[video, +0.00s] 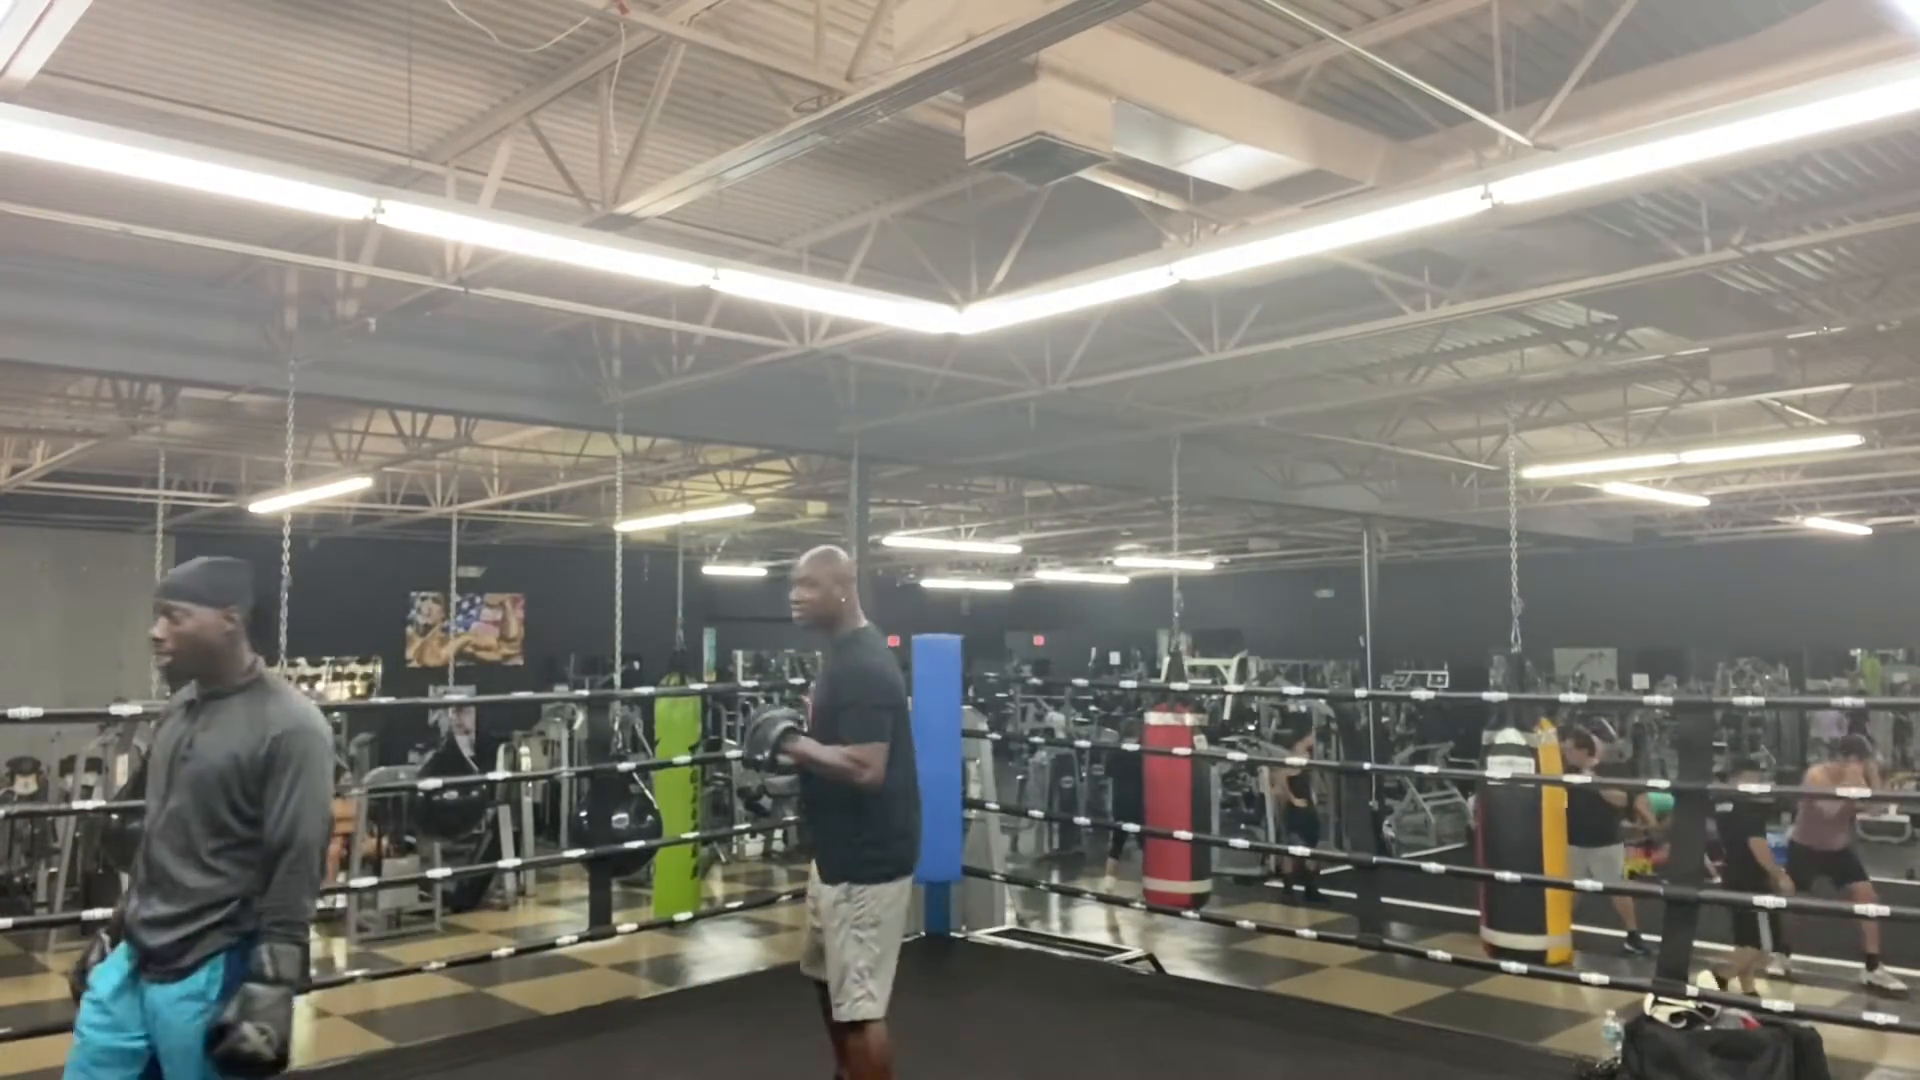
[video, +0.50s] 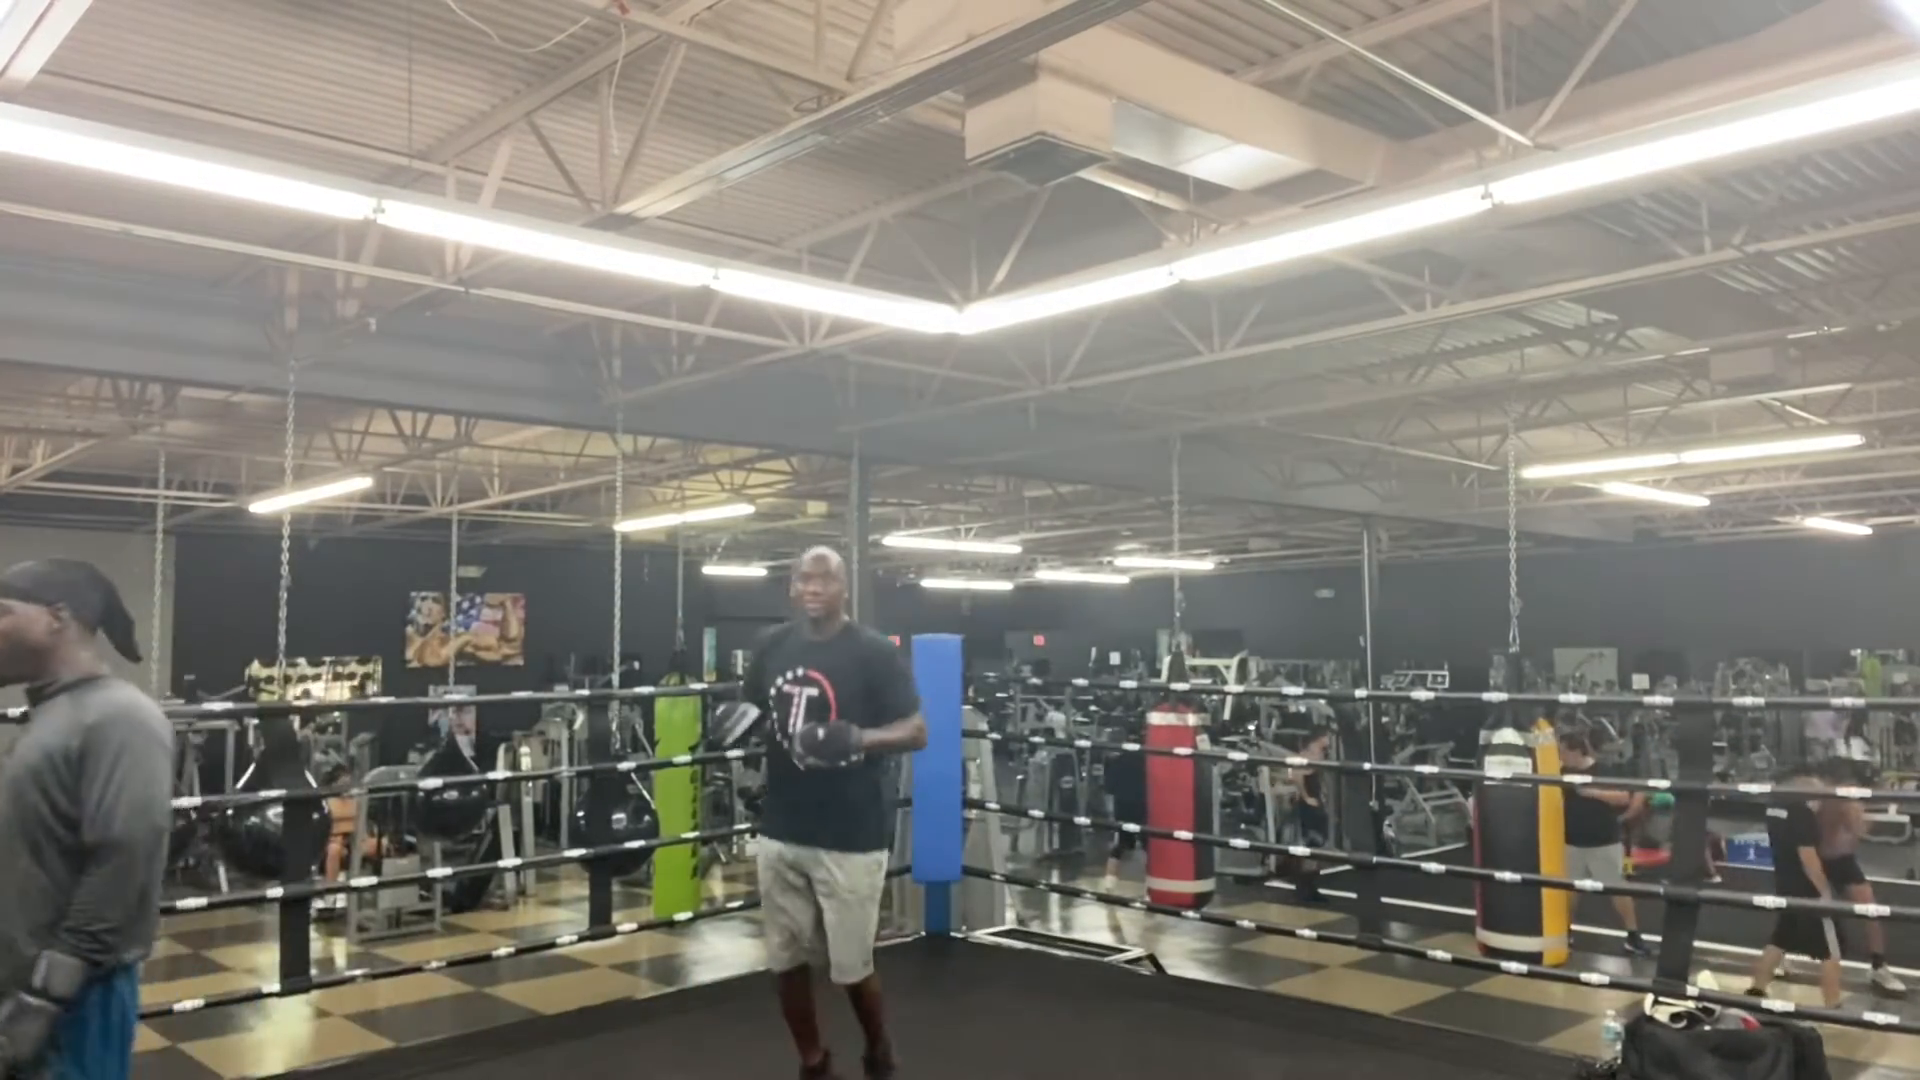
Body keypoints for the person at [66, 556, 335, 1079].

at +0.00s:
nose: (156, 633)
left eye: (174, 616)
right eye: (158, 617)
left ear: (230, 621)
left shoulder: (294, 726)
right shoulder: (177, 713)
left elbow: (297, 867)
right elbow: (160, 847)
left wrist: (272, 990)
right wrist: (112, 938)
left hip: (214, 970)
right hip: (133, 959)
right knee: (88, 1072)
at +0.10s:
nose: (126, 633)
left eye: (144, 614)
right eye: (128, 616)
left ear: (202, 618)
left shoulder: (270, 727)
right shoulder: (160, 718)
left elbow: (271, 871)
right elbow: (147, 847)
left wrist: (227, 991)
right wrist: (111, 953)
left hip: (204, 979)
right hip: (114, 971)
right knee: (62, 1073)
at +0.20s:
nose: (93, 634)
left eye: (112, 616)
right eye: (96, 618)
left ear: (170, 622)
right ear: (167, 623)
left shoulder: (242, 731)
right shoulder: (127, 727)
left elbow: (239, 880)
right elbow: (117, 856)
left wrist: (183, 994)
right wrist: (83, 961)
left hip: (190, 986)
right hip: (90, 984)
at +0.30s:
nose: (46, 636)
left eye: (65, 618)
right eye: (52, 619)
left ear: (125, 624)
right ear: (121, 626)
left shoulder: (197, 736)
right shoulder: (107, 728)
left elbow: (191, 892)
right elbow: (86, 867)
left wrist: (123, 1005)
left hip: (144, 1002)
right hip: (56, 997)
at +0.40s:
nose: (14, 632)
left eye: (32, 613)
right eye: (19, 616)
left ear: (92, 619)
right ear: (89, 623)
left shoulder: (163, 726)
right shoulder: (74, 724)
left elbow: (157, 884)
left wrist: (85, 1004)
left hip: (109, 1000)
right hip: (32, 995)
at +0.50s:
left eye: (7, 610)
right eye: (1, 611)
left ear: (57, 618)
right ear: (56, 620)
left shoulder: (122, 718)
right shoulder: (51, 717)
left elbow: (121, 877)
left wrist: (43, 995)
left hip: (75, 996)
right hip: (24, 987)